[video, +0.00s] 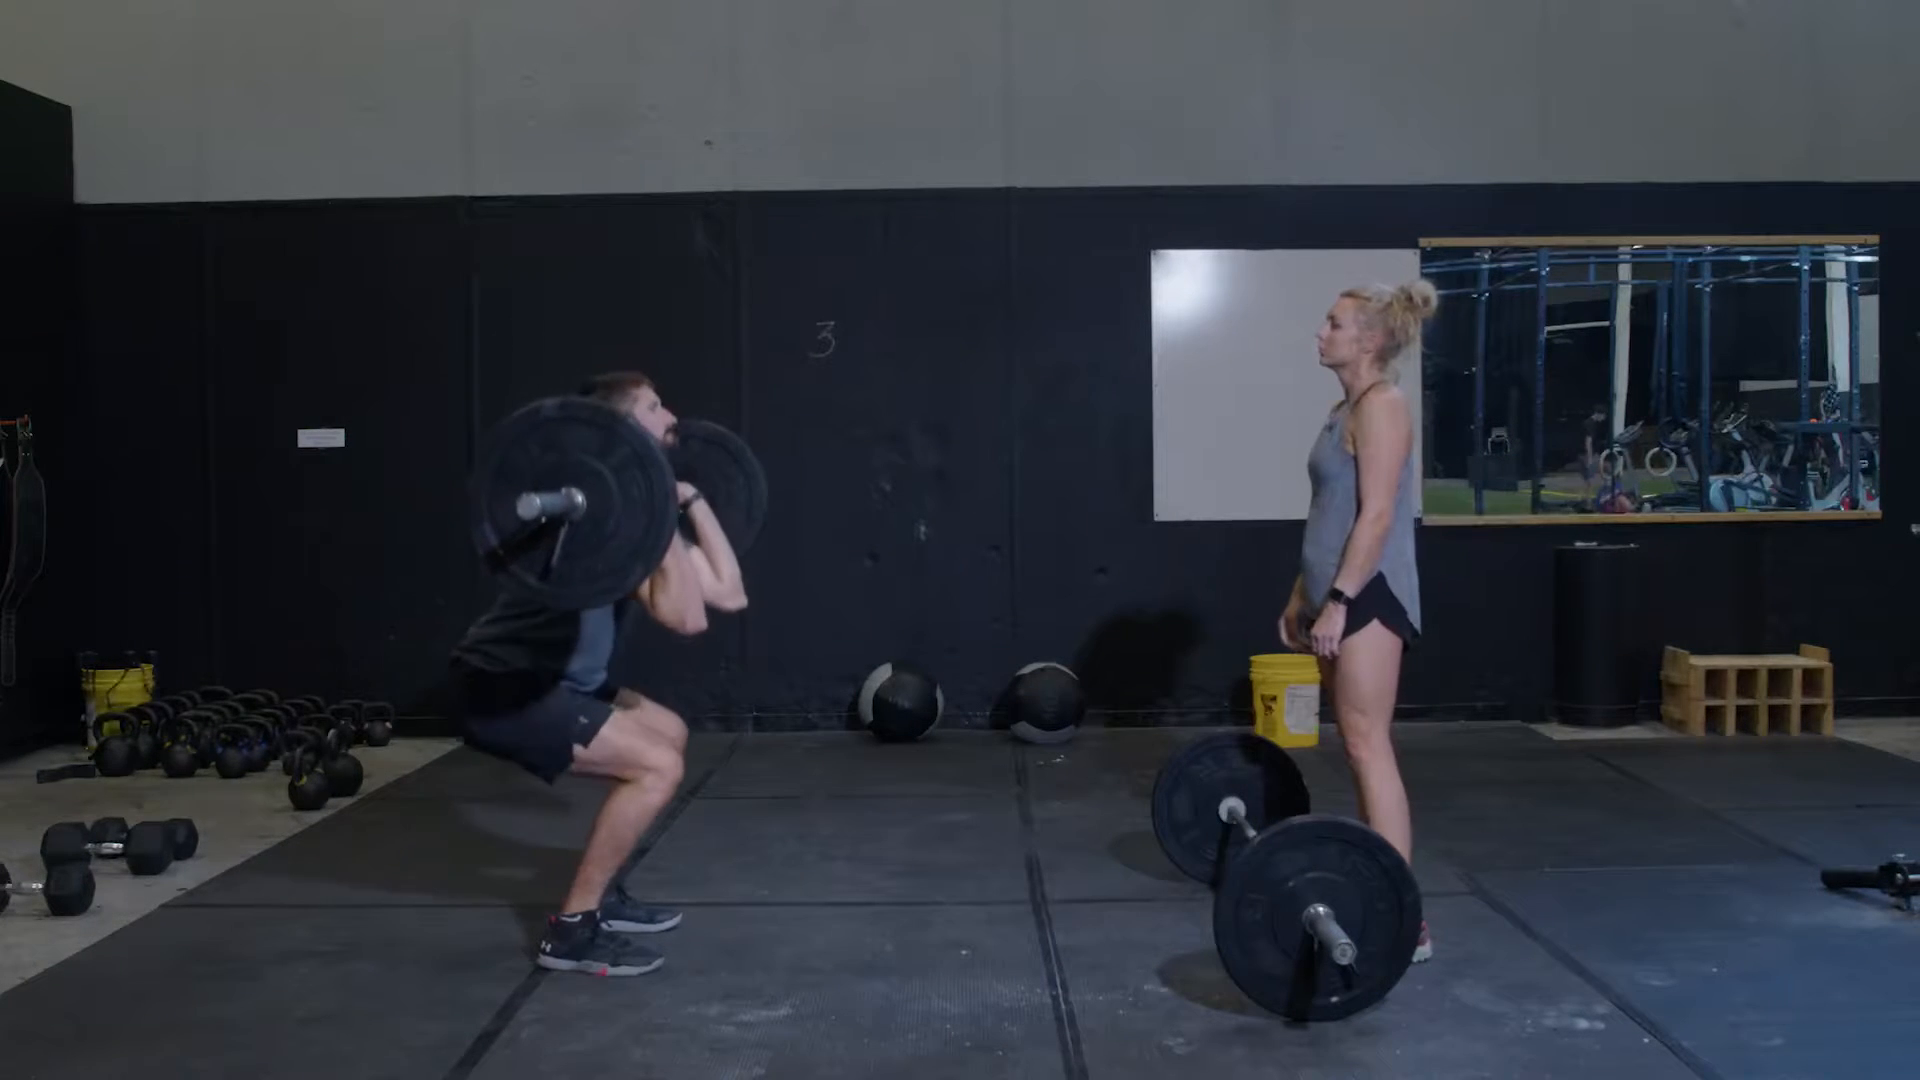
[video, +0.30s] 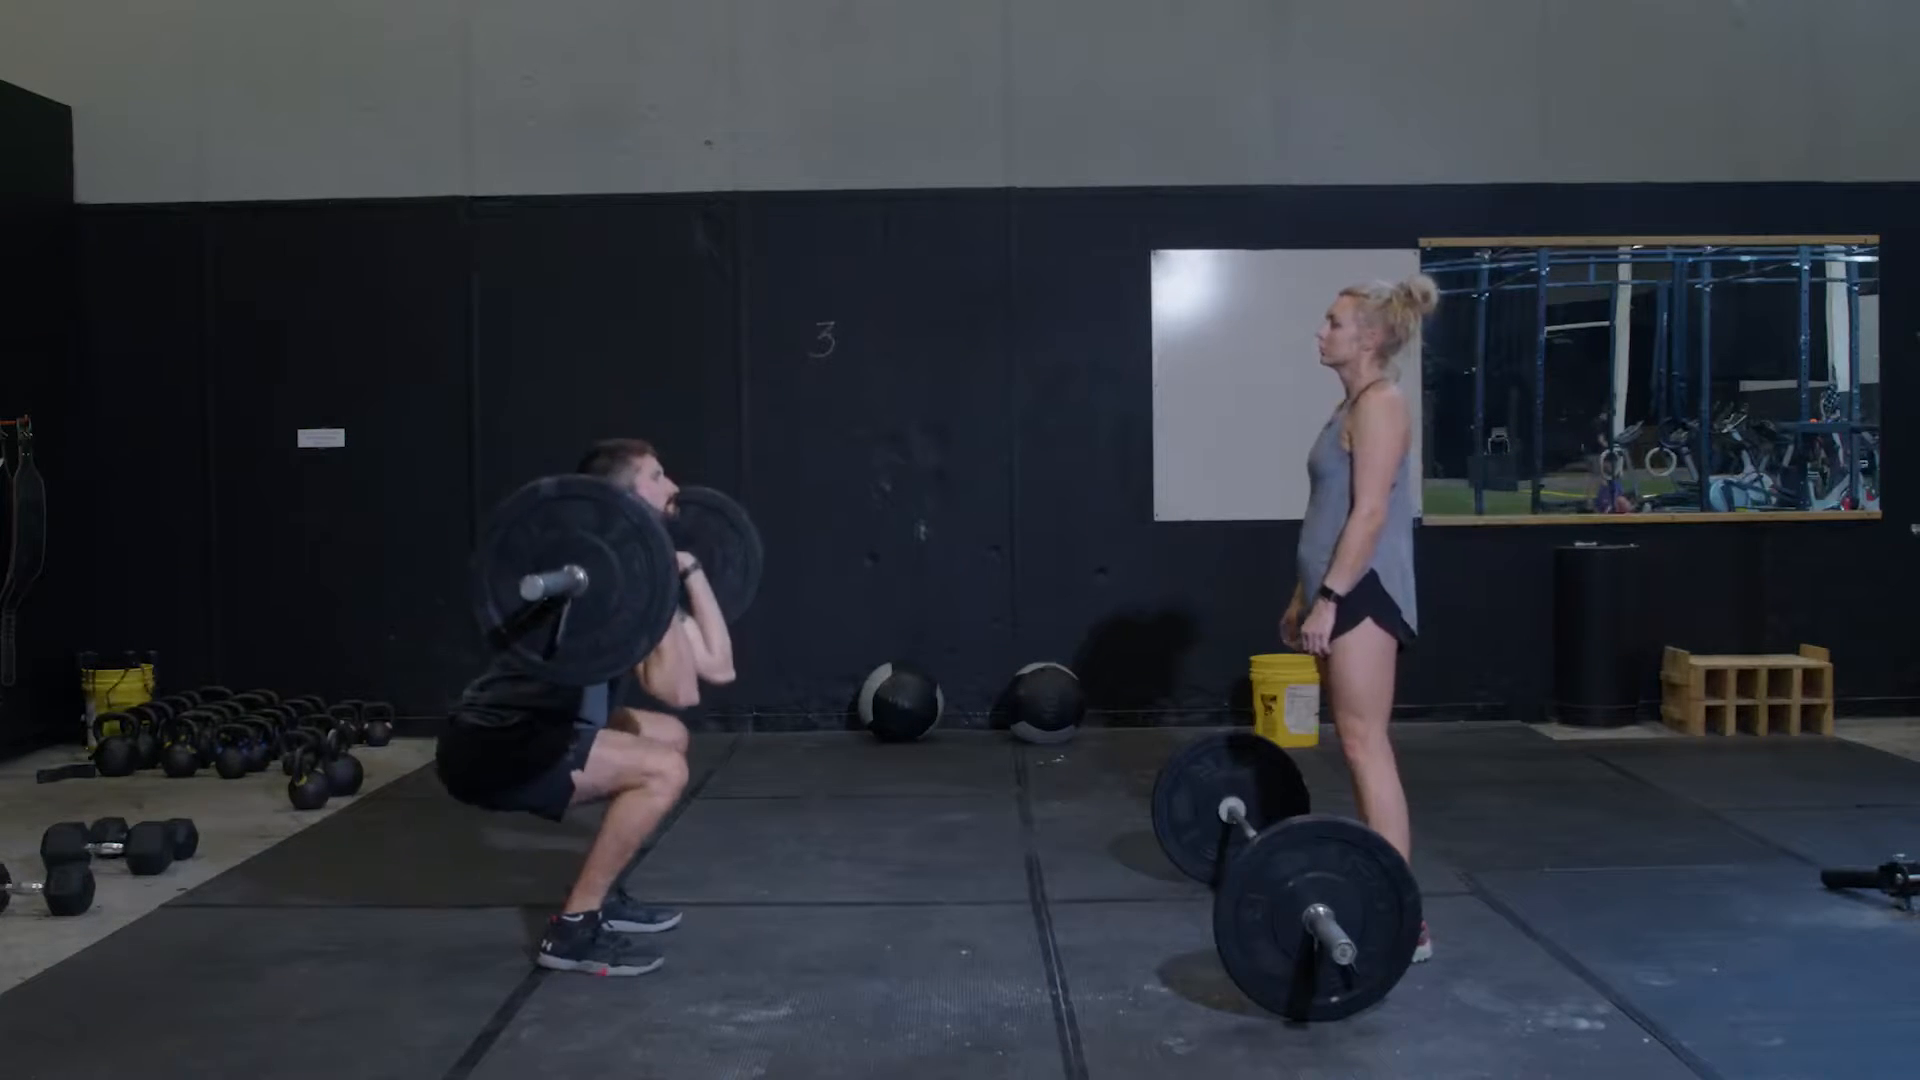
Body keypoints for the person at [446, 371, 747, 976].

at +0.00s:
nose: (670, 418)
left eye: (663, 407)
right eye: (654, 409)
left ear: (633, 430)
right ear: (619, 428)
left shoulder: (638, 503)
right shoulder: (604, 503)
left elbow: (730, 593)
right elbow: (685, 616)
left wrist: (693, 499)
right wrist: (665, 515)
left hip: (548, 678)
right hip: (507, 692)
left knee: (669, 732)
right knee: (657, 768)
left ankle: (602, 895)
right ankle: (571, 925)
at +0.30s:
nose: (672, 486)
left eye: (664, 474)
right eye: (656, 477)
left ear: (628, 497)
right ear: (624, 496)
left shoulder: (638, 561)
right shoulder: (614, 565)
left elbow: (721, 667)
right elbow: (679, 692)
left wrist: (692, 573)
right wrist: (656, 581)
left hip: (532, 718)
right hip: (495, 742)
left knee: (670, 737)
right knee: (664, 772)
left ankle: (604, 896)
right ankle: (573, 927)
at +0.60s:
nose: (668, 454)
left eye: (661, 442)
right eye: (653, 445)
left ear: (620, 463)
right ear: (617, 462)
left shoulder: (631, 527)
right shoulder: (597, 531)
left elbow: (712, 636)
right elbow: (669, 654)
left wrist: (683, 540)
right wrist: (649, 540)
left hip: (522, 692)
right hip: (484, 711)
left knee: (657, 729)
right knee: (649, 763)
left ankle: (598, 895)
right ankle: (571, 927)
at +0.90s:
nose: (635, 358)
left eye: (632, 346)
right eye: (617, 347)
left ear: (628, 362)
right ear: (583, 360)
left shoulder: (607, 428)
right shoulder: (566, 431)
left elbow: (708, 527)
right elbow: (669, 530)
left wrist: (660, 420)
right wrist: (635, 425)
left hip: (543, 625)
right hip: (496, 630)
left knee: (649, 729)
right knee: (628, 751)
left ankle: (596, 894)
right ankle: (569, 927)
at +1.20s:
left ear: (604, 281)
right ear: (585, 277)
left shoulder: (623, 344)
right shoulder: (578, 335)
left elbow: (710, 400)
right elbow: (663, 398)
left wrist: (652, 317)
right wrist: (633, 317)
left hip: (603, 550)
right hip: (564, 548)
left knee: (608, 723)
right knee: (580, 734)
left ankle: (592, 891)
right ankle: (563, 923)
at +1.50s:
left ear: (616, 292)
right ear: (576, 289)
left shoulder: (612, 356)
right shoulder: (557, 357)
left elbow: (626, 431)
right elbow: (563, 456)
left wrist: (648, 373)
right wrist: (599, 368)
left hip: (619, 552)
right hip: (583, 554)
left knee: (600, 720)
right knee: (576, 727)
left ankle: (589, 889)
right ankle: (562, 921)